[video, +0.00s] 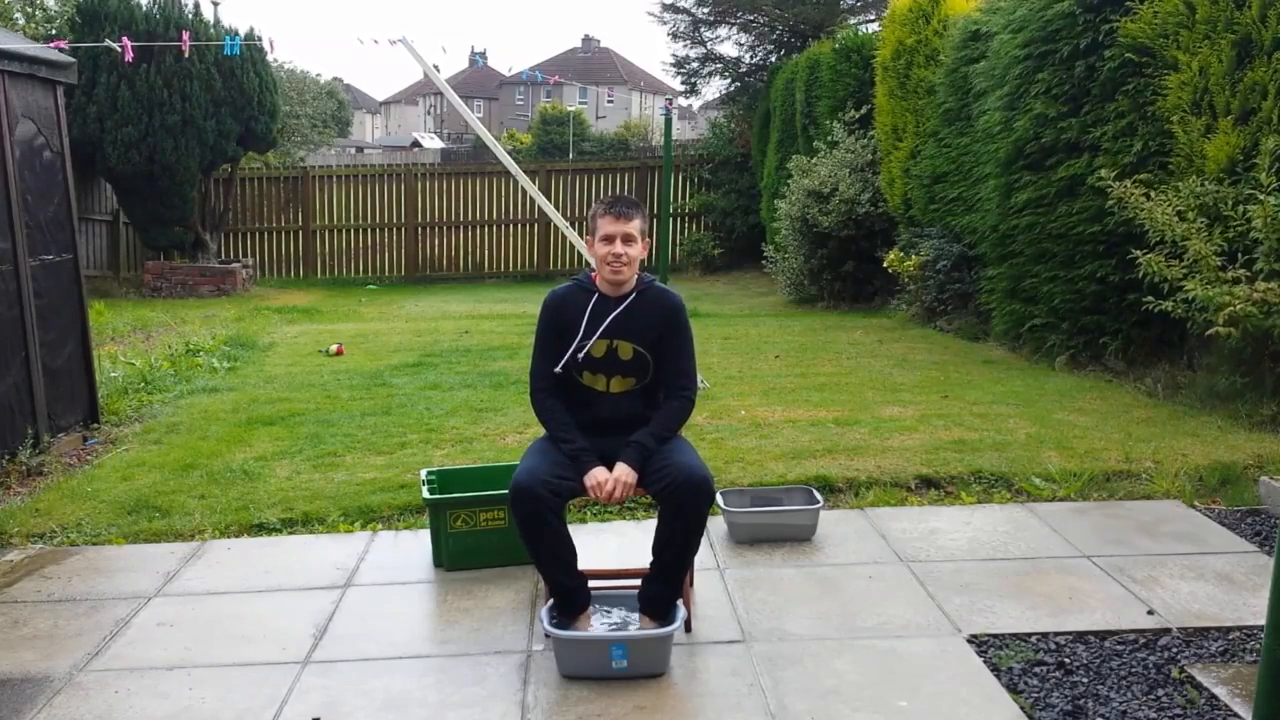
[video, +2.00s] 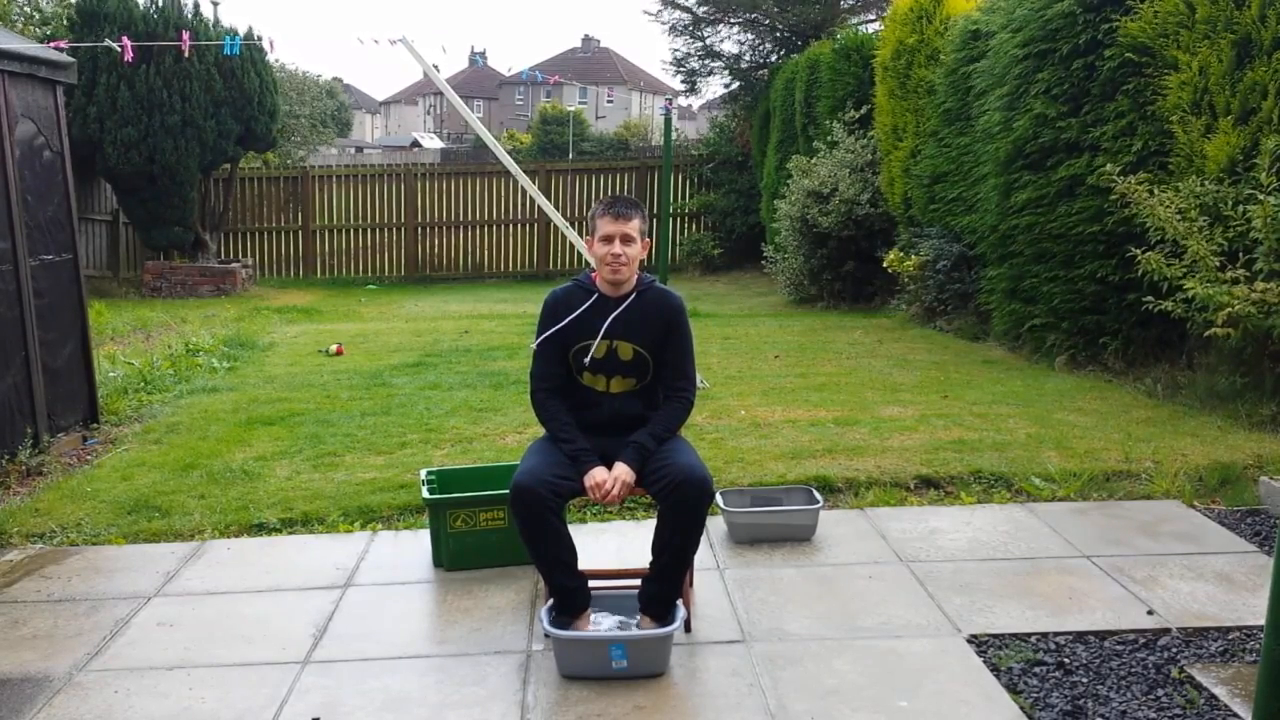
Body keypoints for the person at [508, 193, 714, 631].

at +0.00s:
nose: (617, 250)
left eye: (628, 240)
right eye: (607, 240)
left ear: (644, 248)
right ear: (590, 246)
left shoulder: (665, 306)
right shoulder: (561, 304)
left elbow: (681, 394)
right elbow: (543, 392)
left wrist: (634, 458)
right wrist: (587, 462)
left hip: (648, 435)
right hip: (574, 437)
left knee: (694, 484)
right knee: (527, 490)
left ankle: (658, 602)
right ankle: (572, 601)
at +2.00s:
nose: (616, 250)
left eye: (627, 241)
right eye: (606, 240)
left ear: (644, 248)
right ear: (589, 246)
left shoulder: (666, 307)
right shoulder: (561, 303)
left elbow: (680, 395)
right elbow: (544, 392)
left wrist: (633, 458)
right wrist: (587, 462)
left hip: (648, 436)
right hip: (574, 437)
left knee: (693, 484)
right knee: (527, 489)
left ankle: (656, 606)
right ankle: (572, 604)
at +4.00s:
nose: (617, 248)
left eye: (628, 239)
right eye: (606, 238)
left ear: (644, 247)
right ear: (589, 246)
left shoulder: (665, 306)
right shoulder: (561, 304)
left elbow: (679, 394)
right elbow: (545, 393)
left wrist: (633, 459)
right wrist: (587, 461)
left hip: (648, 435)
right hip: (574, 437)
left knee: (693, 484)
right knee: (528, 489)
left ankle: (657, 605)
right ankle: (572, 605)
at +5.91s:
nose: (649, 246)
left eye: (660, 238)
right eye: (641, 236)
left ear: (675, 249)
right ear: (624, 241)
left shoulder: (686, 309)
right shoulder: (584, 297)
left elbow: (683, 395)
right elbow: (558, 383)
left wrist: (632, 455)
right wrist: (587, 453)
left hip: (650, 431)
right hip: (579, 429)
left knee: (691, 485)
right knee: (540, 485)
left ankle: (656, 604)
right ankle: (576, 603)